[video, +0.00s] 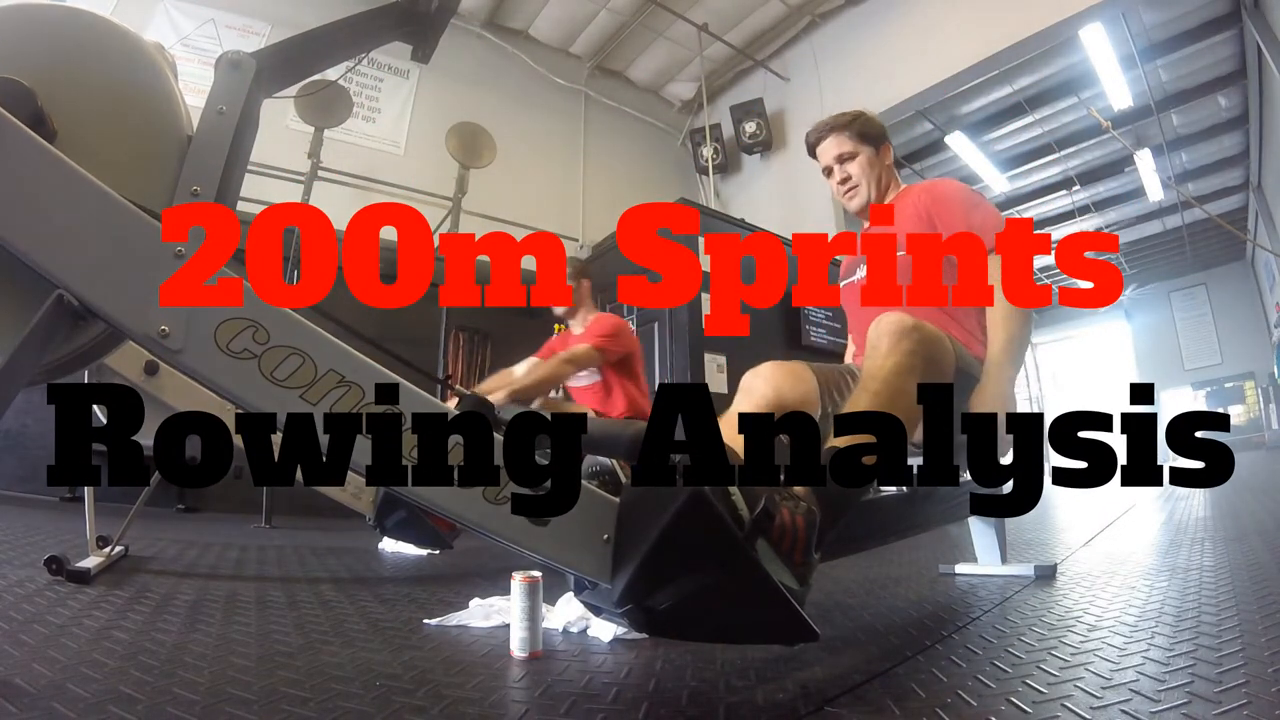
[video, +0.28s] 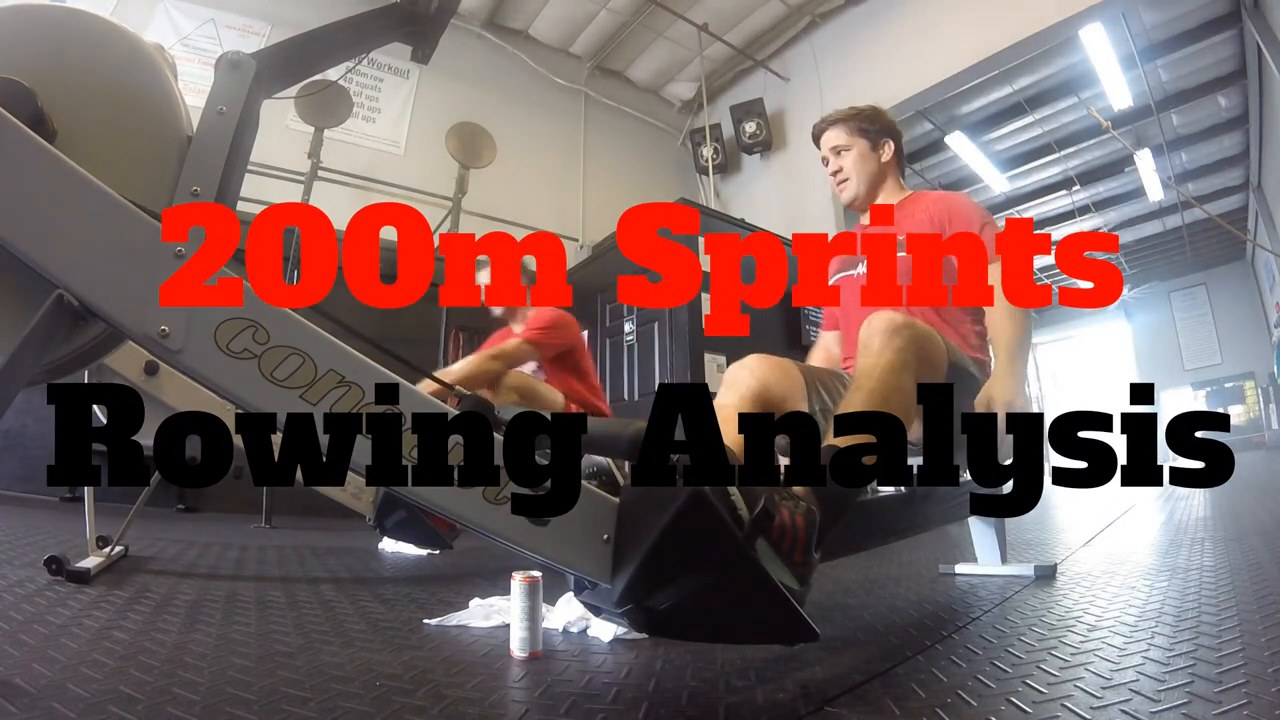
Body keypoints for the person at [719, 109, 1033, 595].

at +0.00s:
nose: (838, 176)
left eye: (847, 159)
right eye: (828, 172)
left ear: (884, 154)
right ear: (828, 182)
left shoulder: (937, 196)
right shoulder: (853, 260)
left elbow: (1013, 268)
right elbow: (855, 350)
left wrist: (995, 390)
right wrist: (842, 388)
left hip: (961, 382)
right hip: (875, 387)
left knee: (896, 330)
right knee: (766, 381)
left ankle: (809, 509)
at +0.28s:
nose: (831, 168)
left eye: (841, 152)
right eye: (825, 162)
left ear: (885, 151)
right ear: (828, 174)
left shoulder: (948, 208)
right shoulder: (842, 250)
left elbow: (1003, 290)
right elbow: (828, 348)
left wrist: (1006, 379)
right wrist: (796, 410)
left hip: (951, 384)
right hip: (854, 389)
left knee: (887, 328)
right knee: (749, 374)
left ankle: (811, 509)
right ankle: (710, 516)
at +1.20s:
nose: (815, 162)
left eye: (826, 148)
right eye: (812, 155)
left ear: (870, 150)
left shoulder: (937, 210)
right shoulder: (820, 249)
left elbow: (999, 289)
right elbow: (768, 333)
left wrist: (1015, 381)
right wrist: (729, 388)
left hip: (954, 390)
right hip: (856, 394)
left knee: (885, 330)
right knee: (750, 370)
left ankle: (813, 506)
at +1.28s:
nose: (807, 158)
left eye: (818, 144)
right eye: (805, 151)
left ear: (863, 145)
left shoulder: (928, 207)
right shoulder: (816, 245)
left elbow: (991, 288)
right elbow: (759, 328)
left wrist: (996, 366)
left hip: (937, 391)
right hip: (840, 390)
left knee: (882, 321)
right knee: (732, 359)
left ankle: (810, 505)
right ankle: (711, 513)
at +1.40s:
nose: (798, 155)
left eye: (809, 139)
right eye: (796, 148)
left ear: (856, 141)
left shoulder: (922, 202)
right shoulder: (805, 242)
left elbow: (979, 282)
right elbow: (757, 315)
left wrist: (972, 347)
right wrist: (693, 357)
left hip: (928, 388)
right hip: (836, 390)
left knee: (876, 310)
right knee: (729, 358)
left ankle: (811, 501)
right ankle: (703, 517)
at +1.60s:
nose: (775, 147)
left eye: (785, 130)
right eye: (771, 139)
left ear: (835, 130)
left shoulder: (901, 189)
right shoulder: (782, 236)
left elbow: (934, 264)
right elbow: (709, 298)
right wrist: (639, 356)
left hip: (906, 386)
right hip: (818, 390)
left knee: (867, 294)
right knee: (709, 355)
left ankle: (811, 503)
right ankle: (707, 517)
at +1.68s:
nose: (763, 138)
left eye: (777, 120)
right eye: (757, 133)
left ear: (827, 125)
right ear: (760, 151)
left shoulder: (883, 180)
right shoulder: (765, 232)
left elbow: (907, 255)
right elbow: (690, 299)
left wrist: (861, 329)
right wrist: (611, 356)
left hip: (907, 382)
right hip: (815, 392)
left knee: (875, 280)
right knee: (705, 353)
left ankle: (816, 488)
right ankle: (688, 522)